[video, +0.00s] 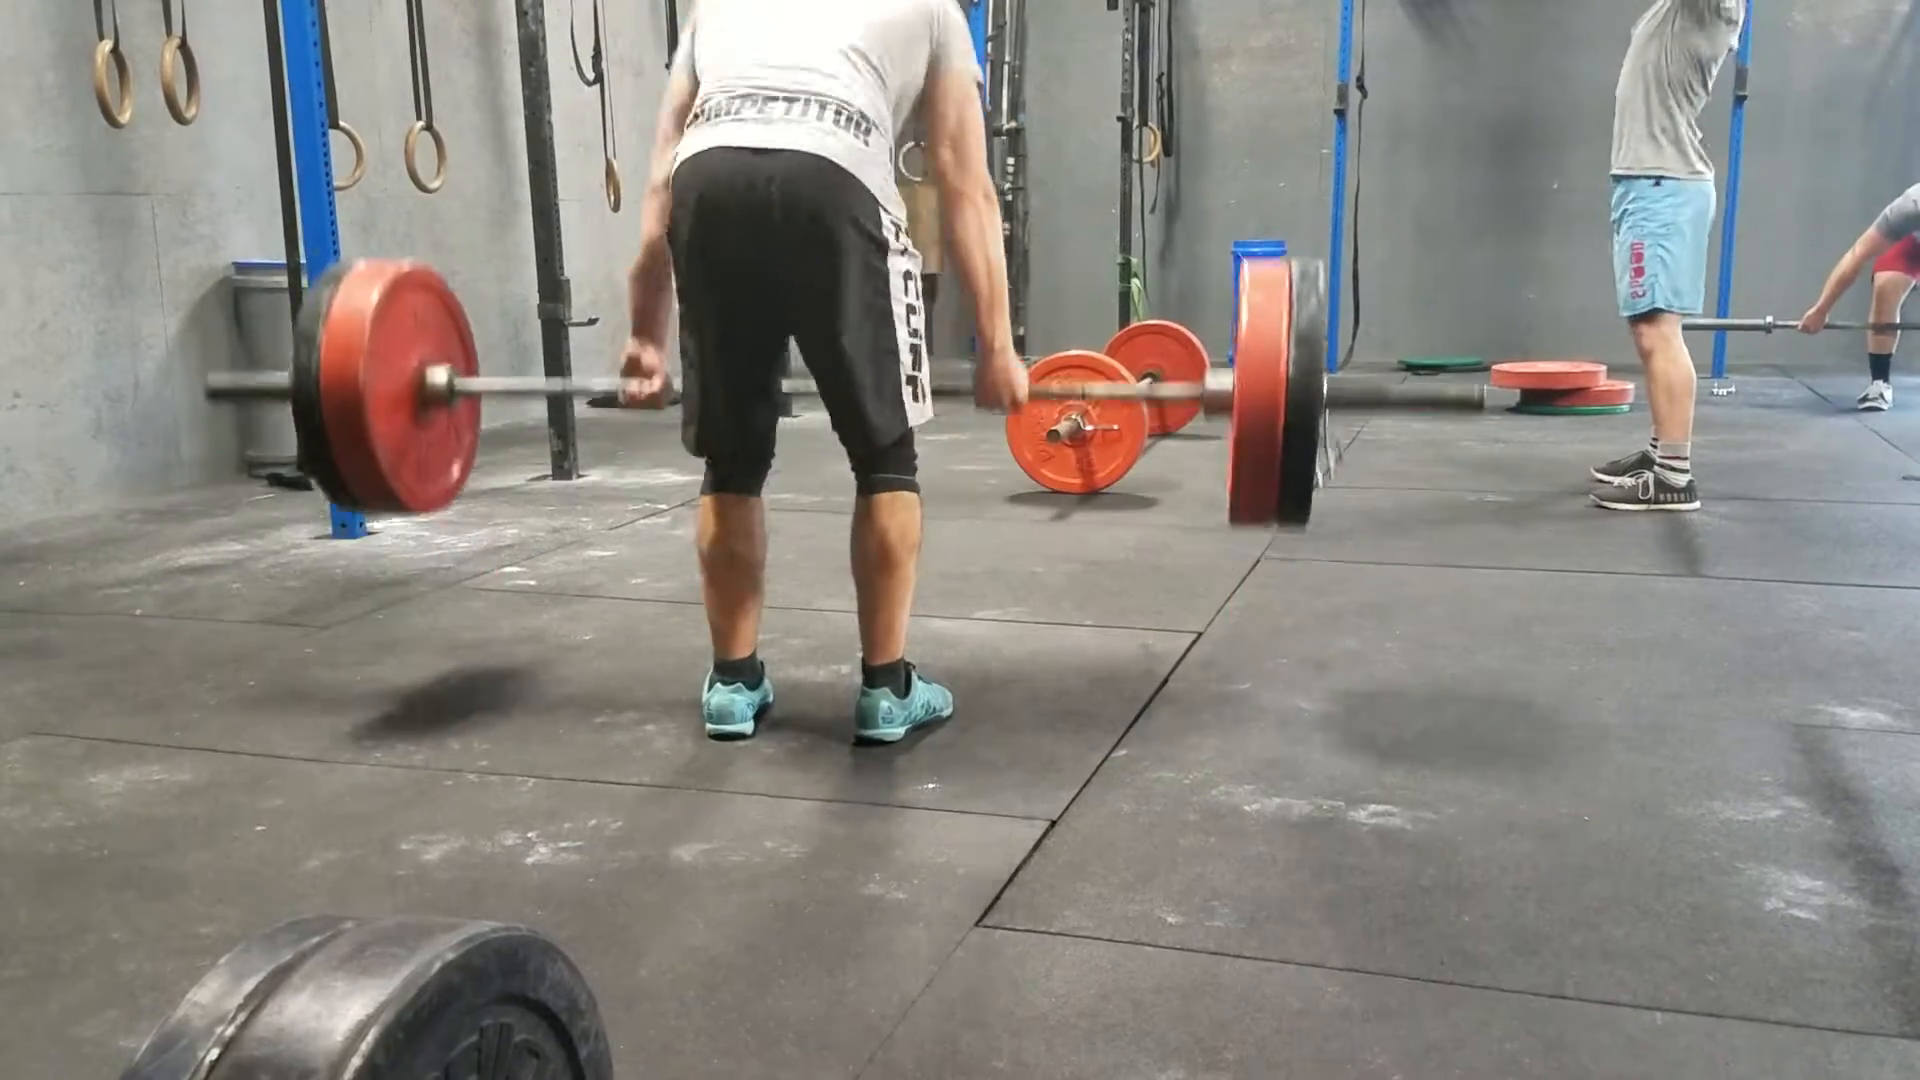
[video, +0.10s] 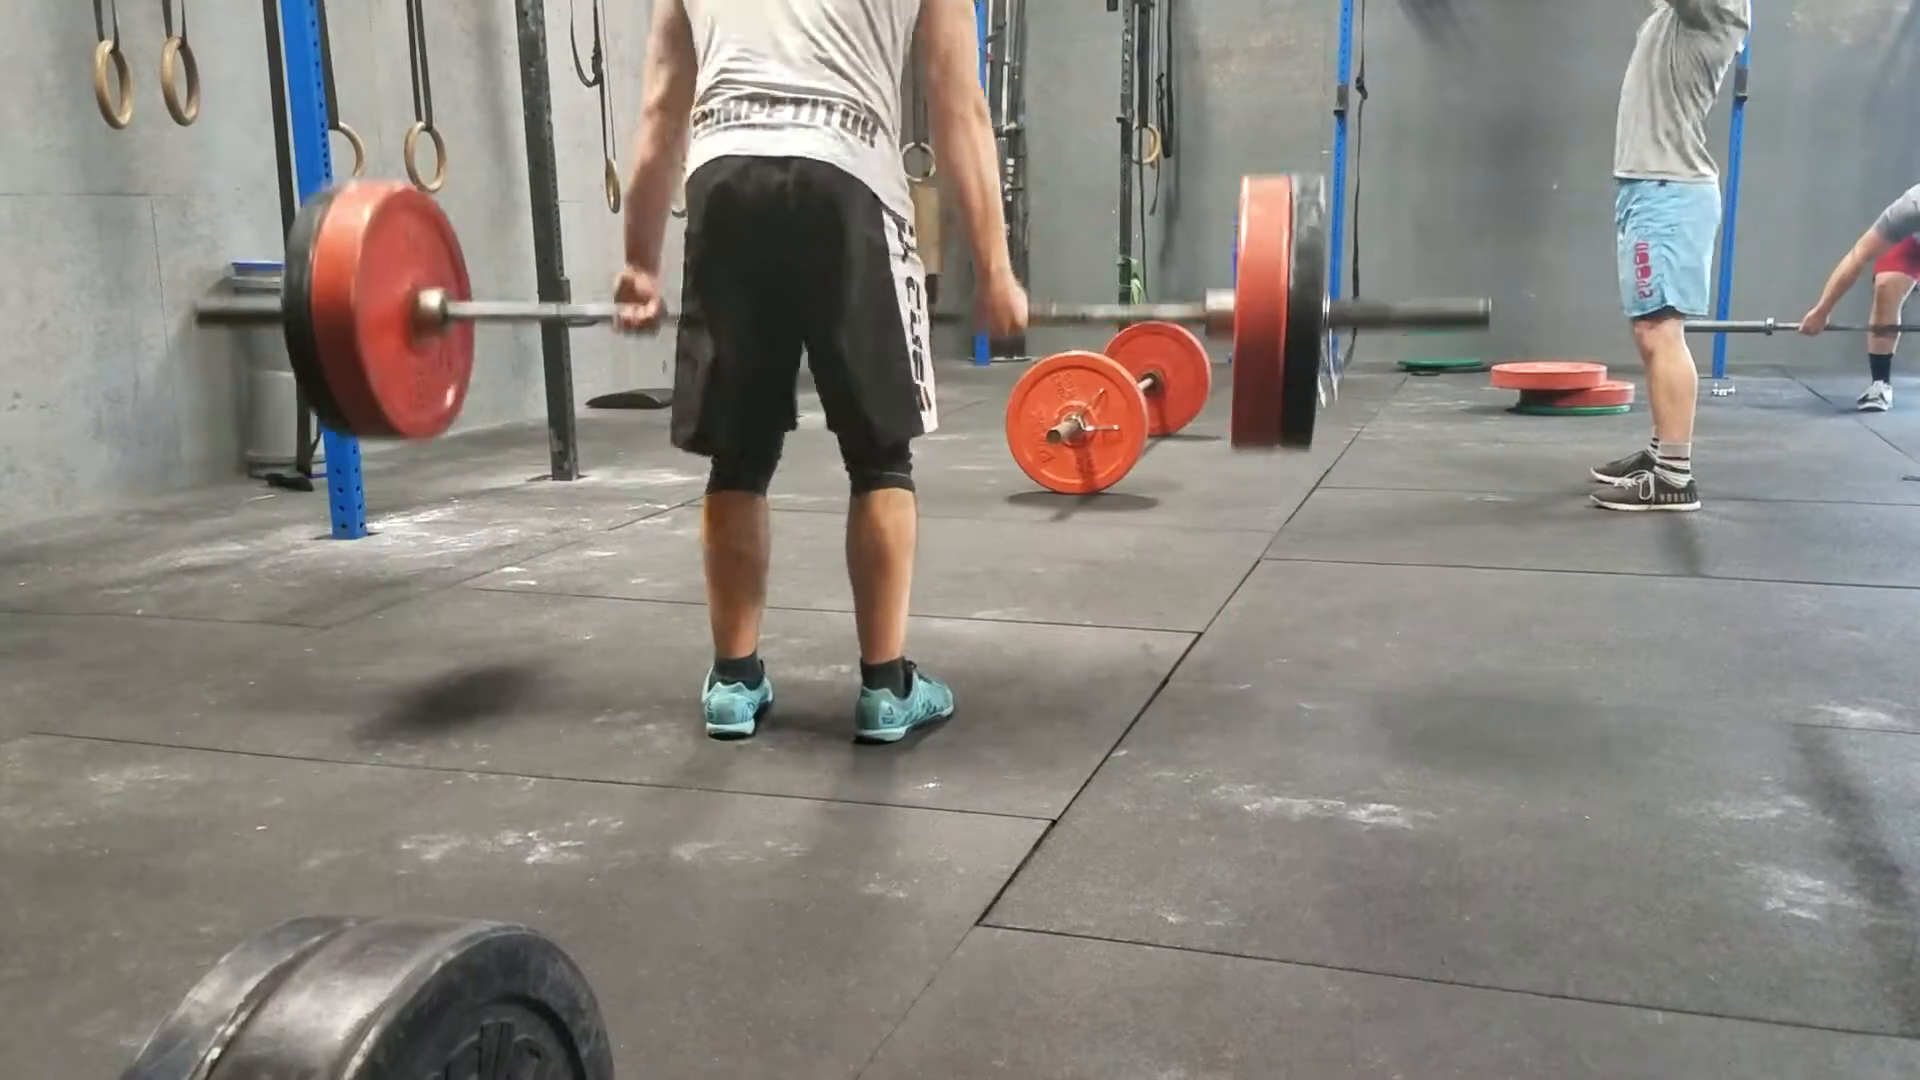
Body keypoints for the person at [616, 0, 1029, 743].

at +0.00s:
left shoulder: (713, 15)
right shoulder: (930, 11)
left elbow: (659, 219)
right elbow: (965, 184)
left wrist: (647, 338)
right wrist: (998, 342)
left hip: (709, 189)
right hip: (834, 189)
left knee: (731, 462)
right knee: (885, 459)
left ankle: (731, 682)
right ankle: (885, 687)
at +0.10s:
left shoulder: (689, 5)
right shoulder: (929, 4)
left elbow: (660, 118)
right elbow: (960, 111)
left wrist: (639, 261)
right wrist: (995, 267)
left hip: (725, 180)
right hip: (847, 182)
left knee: (737, 453)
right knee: (880, 454)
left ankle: (732, 681)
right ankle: (885, 686)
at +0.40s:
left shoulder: (683, 7)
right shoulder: (930, 5)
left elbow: (658, 146)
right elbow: (958, 147)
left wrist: (643, 295)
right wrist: (995, 304)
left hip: (707, 215)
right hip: (834, 214)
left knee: (735, 455)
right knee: (885, 457)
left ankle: (731, 681)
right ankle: (885, 687)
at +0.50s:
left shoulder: (714, 17)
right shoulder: (928, 25)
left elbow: (670, 211)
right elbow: (961, 224)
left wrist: (651, 374)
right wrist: (998, 390)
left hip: (702, 217)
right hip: (833, 219)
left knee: (721, 468)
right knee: (895, 461)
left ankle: (732, 682)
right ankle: (886, 687)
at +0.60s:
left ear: (807, 52)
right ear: (899, 59)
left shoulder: (732, 97)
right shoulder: (928, 122)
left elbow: (678, 311)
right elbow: (964, 316)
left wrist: (657, 464)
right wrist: (1000, 480)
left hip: (698, 240)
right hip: (834, 244)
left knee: (719, 473)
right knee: (904, 466)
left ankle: (733, 683)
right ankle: (886, 685)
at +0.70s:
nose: (913, 168)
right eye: (914, 159)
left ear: (822, 143)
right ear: (907, 155)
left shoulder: (746, 173)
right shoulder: (932, 209)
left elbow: (680, 392)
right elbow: (966, 395)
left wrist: (663, 538)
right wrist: (1003, 550)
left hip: (695, 272)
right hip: (838, 283)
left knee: (730, 476)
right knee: (911, 479)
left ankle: (735, 683)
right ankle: (886, 685)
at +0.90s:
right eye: (916, 98)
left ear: (819, 78)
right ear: (908, 91)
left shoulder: (745, 109)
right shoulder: (931, 142)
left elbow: (673, 331)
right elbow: (963, 312)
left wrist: (654, 465)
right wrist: (1000, 473)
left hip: (696, 218)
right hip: (833, 228)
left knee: (732, 463)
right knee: (894, 463)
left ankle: (733, 680)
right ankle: (886, 686)